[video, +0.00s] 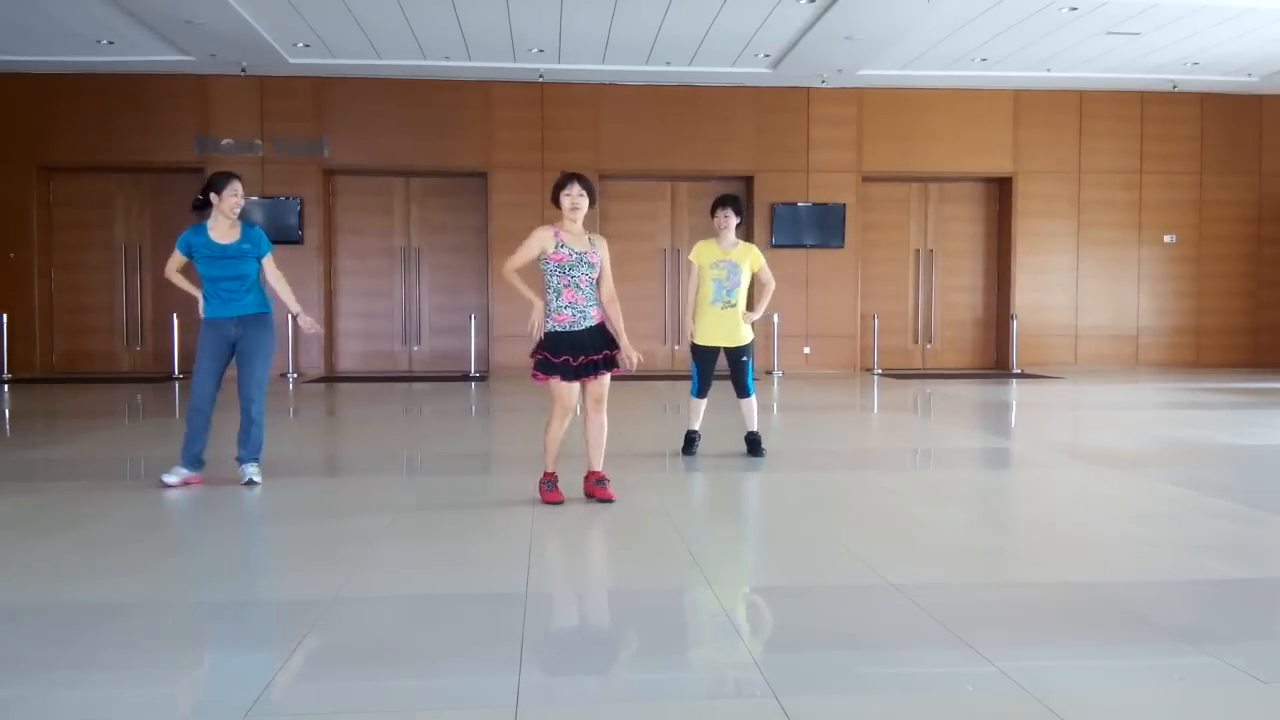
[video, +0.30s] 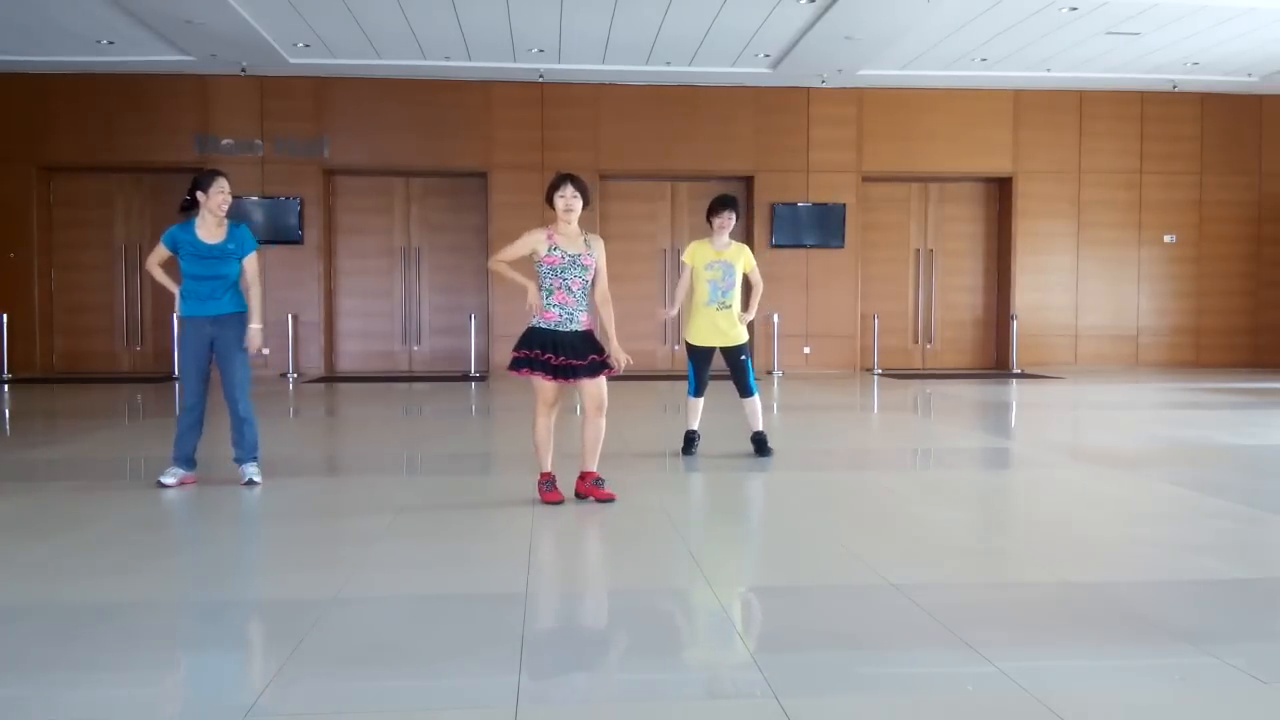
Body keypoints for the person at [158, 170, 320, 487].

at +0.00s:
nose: (240, 202)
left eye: (242, 196)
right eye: (233, 196)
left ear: (242, 200)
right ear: (214, 198)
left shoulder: (254, 235)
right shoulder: (193, 237)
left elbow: (274, 276)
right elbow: (170, 270)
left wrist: (299, 312)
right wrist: (198, 294)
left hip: (256, 324)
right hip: (215, 326)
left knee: (252, 397)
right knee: (201, 395)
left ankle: (250, 463)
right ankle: (190, 465)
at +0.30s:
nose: (227, 199)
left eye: (228, 193)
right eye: (220, 193)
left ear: (230, 197)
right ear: (200, 197)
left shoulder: (240, 234)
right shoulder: (180, 233)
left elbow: (253, 282)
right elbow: (152, 264)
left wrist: (255, 325)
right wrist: (177, 290)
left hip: (232, 320)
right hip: (193, 322)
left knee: (239, 396)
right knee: (191, 395)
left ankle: (248, 462)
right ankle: (184, 465)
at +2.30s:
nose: (208, 199)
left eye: (215, 193)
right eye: (203, 193)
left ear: (230, 197)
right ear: (197, 197)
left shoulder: (247, 234)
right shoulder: (190, 233)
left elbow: (259, 283)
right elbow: (182, 273)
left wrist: (259, 326)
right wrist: (185, 302)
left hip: (235, 322)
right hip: (197, 323)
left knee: (238, 397)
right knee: (195, 397)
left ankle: (247, 463)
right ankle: (198, 464)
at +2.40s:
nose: (204, 199)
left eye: (211, 193)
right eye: (199, 193)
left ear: (226, 198)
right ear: (193, 197)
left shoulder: (242, 236)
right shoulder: (185, 233)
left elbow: (252, 284)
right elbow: (177, 272)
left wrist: (251, 326)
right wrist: (173, 296)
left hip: (227, 322)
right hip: (190, 323)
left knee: (231, 396)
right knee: (192, 396)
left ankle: (246, 462)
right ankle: (198, 464)